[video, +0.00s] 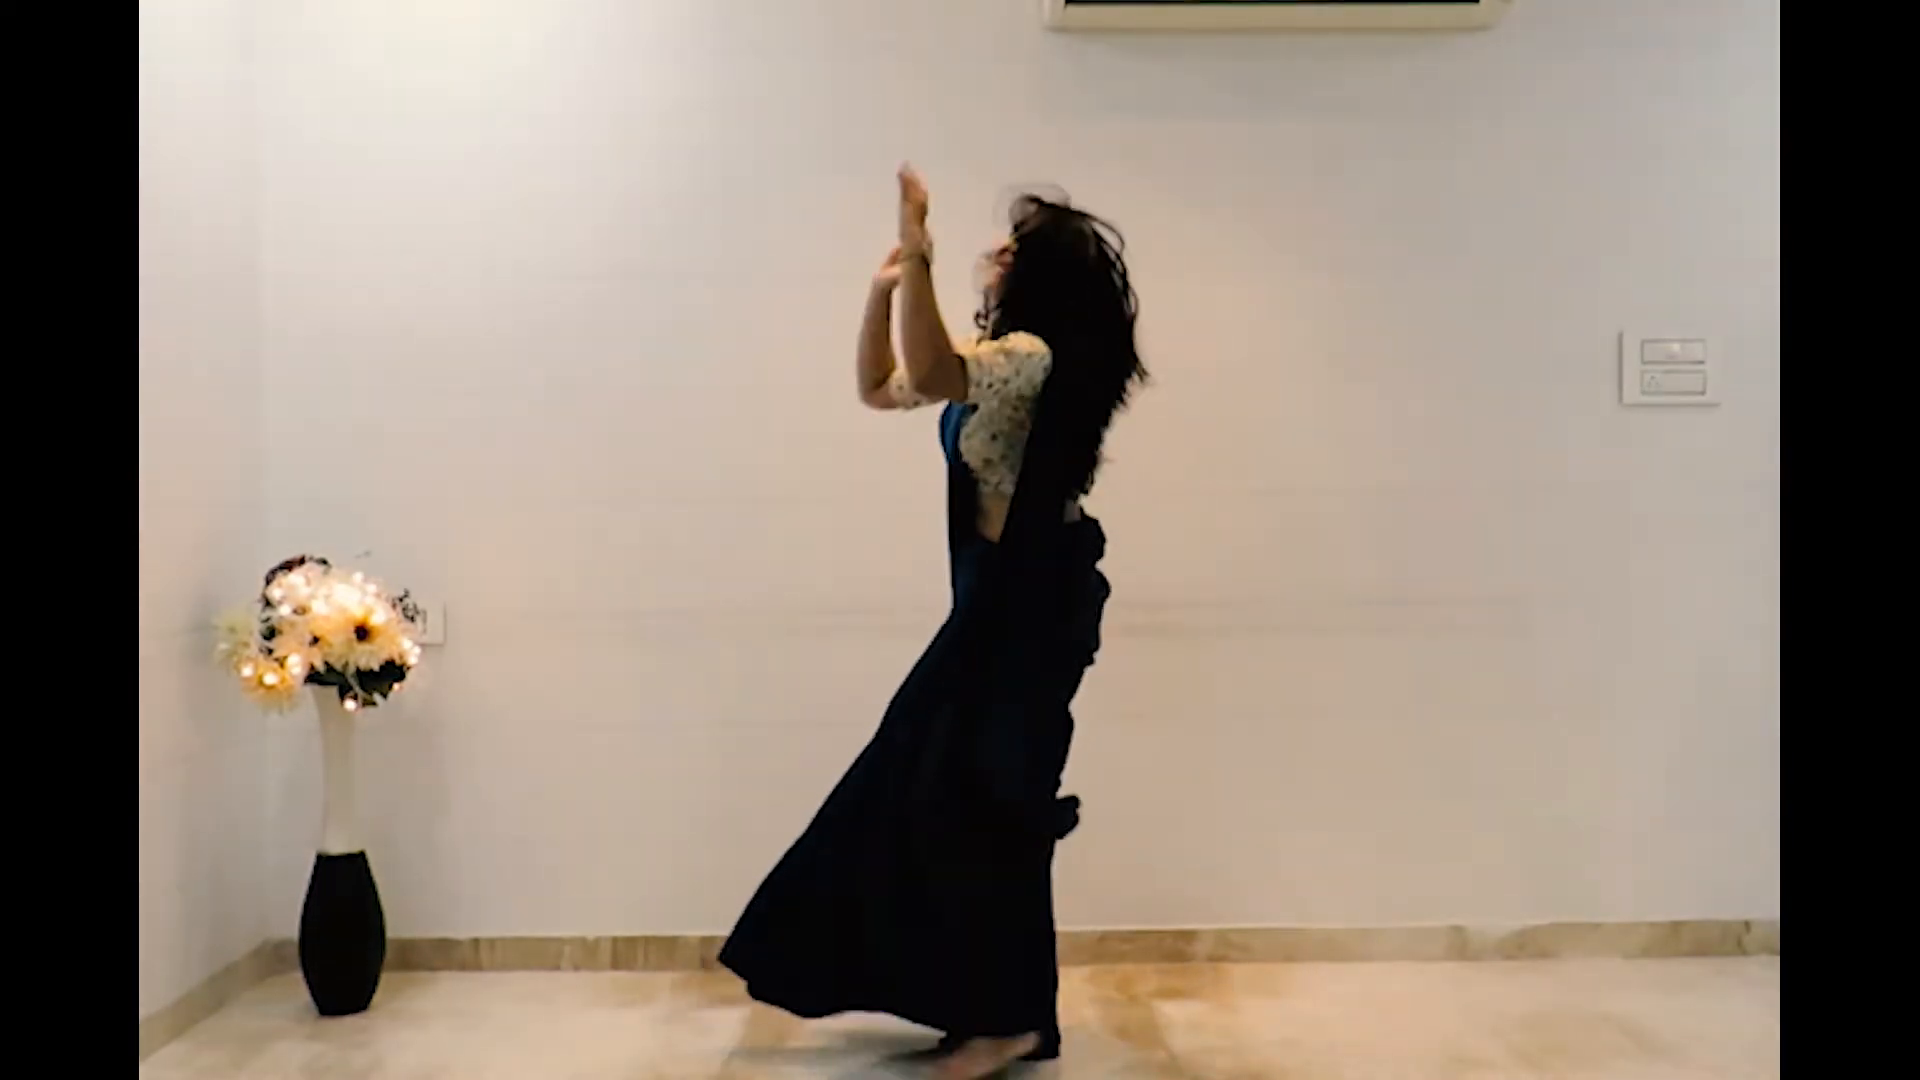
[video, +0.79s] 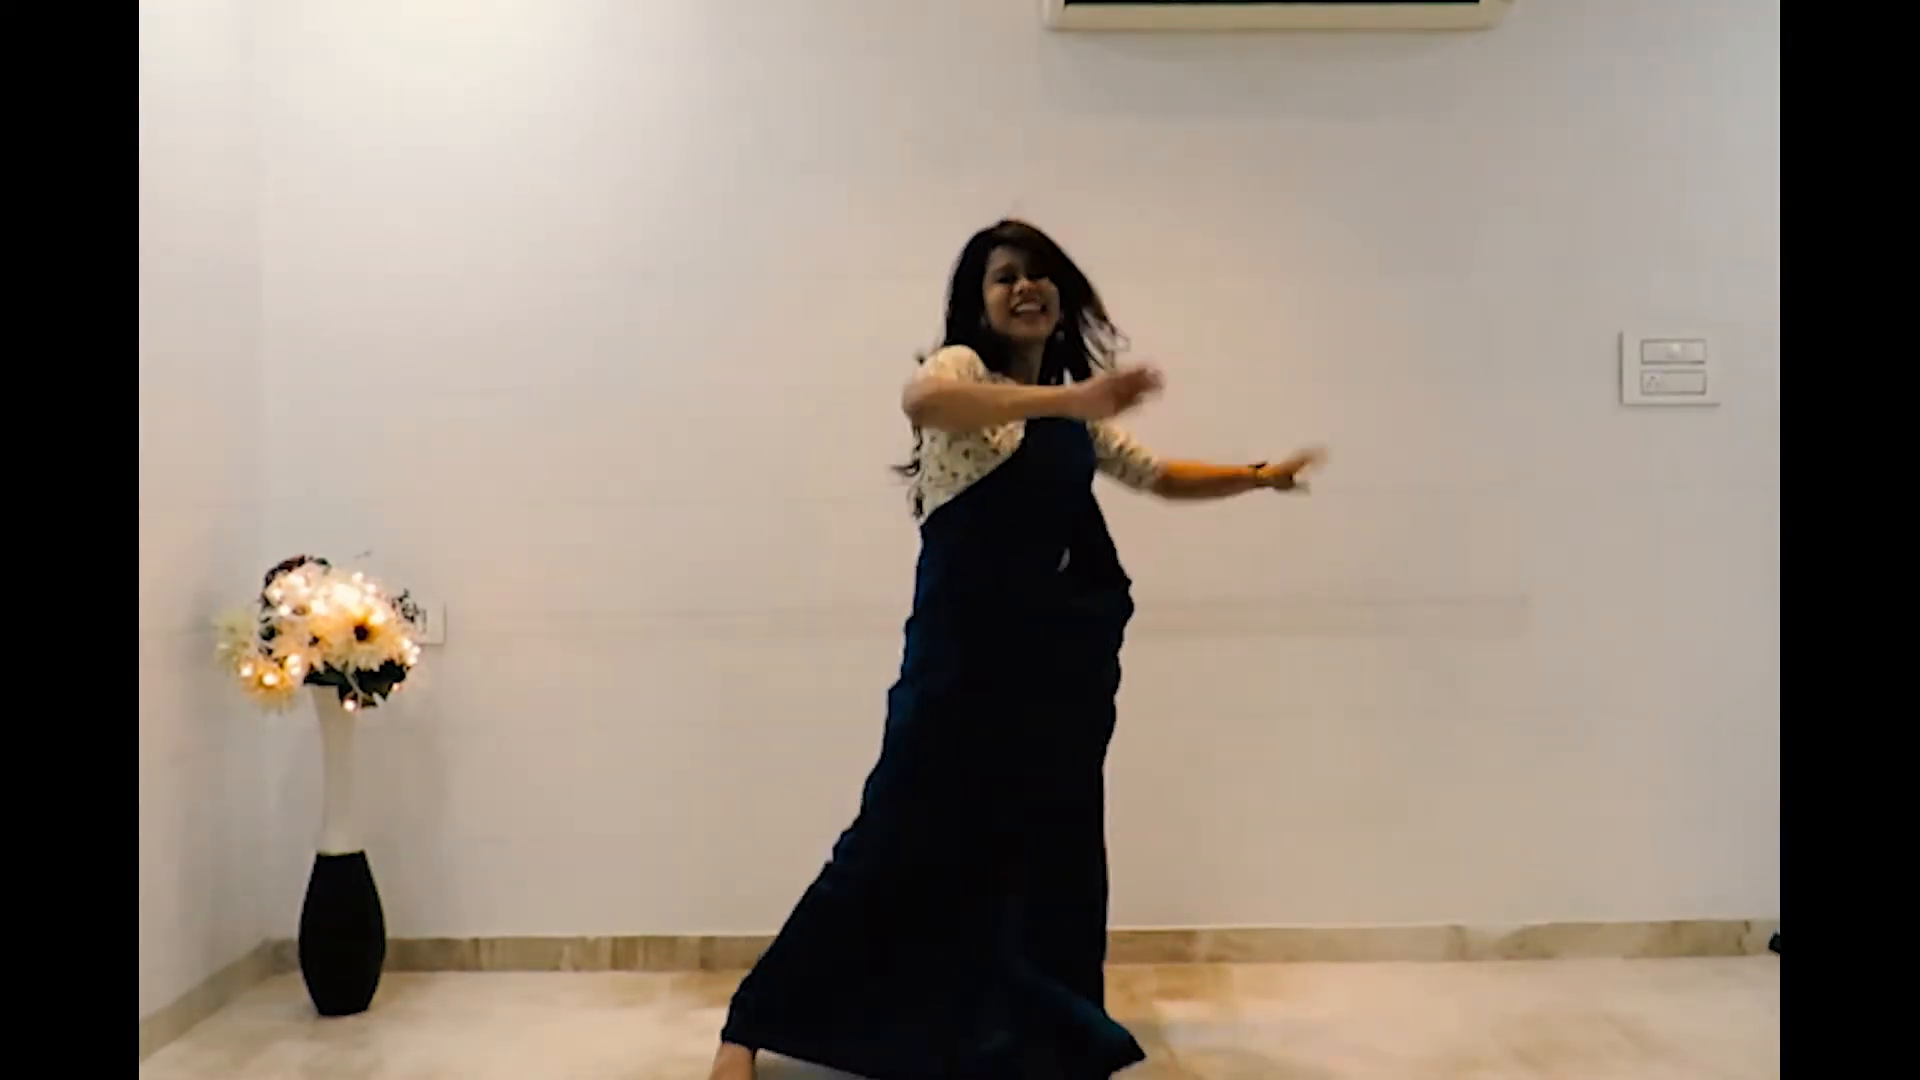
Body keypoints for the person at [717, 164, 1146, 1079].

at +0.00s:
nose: (992, 255)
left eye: (1010, 249)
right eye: (1000, 244)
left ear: (1038, 275)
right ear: (1030, 281)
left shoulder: (1033, 361)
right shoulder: (997, 356)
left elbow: (930, 374)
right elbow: (882, 388)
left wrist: (914, 255)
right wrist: (884, 294)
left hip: (1029, 613)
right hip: (1004, 608)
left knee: (982, 803)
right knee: (986, 803)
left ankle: (1005, 1018)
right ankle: (1001, 1011)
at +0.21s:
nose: (1041, 251)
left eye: (1060, 244)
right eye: (1028, 239)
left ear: (1085, 275)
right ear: (997, 261)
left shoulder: (1093, 360)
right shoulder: (972, 360)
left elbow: (1028, 453)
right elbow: (921, 478)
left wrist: (934, 352)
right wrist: (904, 366)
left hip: (1070, 612)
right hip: (991, 611)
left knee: (1072, 806)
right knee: (988, 803)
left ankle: (1094, 1029)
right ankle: (984, 1016)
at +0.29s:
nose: (1038, 270)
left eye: (1058, 263)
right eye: (1024, 257)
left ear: (1078, 292)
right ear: (993, 279)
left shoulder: (1100, 386)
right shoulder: (959, 387)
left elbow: (1104, 508)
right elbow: (908, 521)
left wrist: (987, 462)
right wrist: (939, 465)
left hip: (1081, 639)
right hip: (988, 638)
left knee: (1085, 838)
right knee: (983, 835)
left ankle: (1099, 1049)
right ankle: (988, 1047)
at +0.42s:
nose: (1036, 253)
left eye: (1054, 242)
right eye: (1018, 242)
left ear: (1077, 273)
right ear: (990, 270)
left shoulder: (1111, 382)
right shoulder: (946, 369)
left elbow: (1190, 506)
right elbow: (855, 477)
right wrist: (942, 506)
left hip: (1079, 633)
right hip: (979, 635)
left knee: (1098, 843)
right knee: (995, 852)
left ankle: (1116, 1052)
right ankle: (1004, 1052)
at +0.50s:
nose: (1041, 217)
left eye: (1056, 206)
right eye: (1020, 208)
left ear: (1081, 236)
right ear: (992, 239)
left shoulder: (1120, 347)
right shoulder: (956, 324)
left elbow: (1207, 438)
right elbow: (828, 387)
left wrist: (1188, 461)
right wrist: (924, 464)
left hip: (1067, 598)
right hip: (965, 594)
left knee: (1061, 790)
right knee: (972, 802)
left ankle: (1097, 1017)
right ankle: (1003, 1025)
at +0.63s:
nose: (1037, 224)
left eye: (1051, 210)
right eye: (1016, 216)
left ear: (1080, 231)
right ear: (989, 242)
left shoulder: (1114, 336)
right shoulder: (976, 319)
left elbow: (1227, 385)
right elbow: (876, 318)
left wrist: (1226, 461)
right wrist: (945, 426)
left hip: (1055, 596)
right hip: (951, 584)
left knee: (1046, 799)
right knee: (907, 788)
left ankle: (1063, 1028)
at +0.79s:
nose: (1028, 287)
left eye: (1042, 275)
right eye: (1007, 278)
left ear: (1064, 297)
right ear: (977, 300)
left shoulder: (1073, 409)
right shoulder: (964, 362)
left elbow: (1158, 475)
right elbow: (923, 400)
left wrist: (1260, 474)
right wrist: (1071, 399)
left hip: (1061, 654)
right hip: (962, 650)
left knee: (1057, 847)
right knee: (893, 842)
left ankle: (1052, 1044)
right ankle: (746, 1030)